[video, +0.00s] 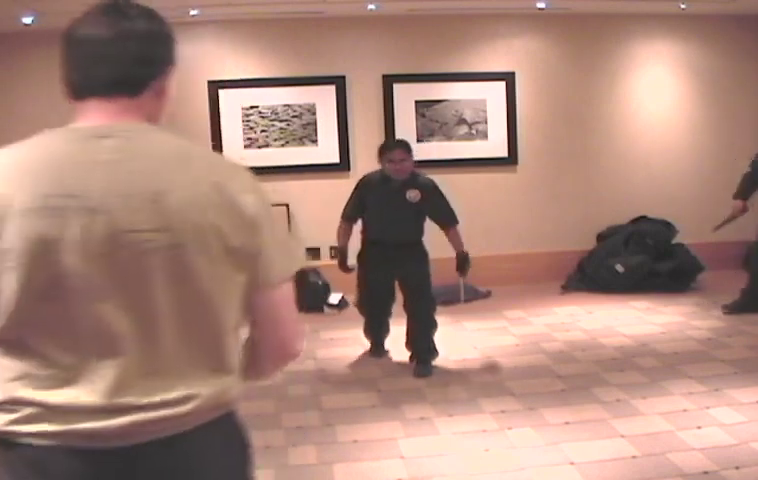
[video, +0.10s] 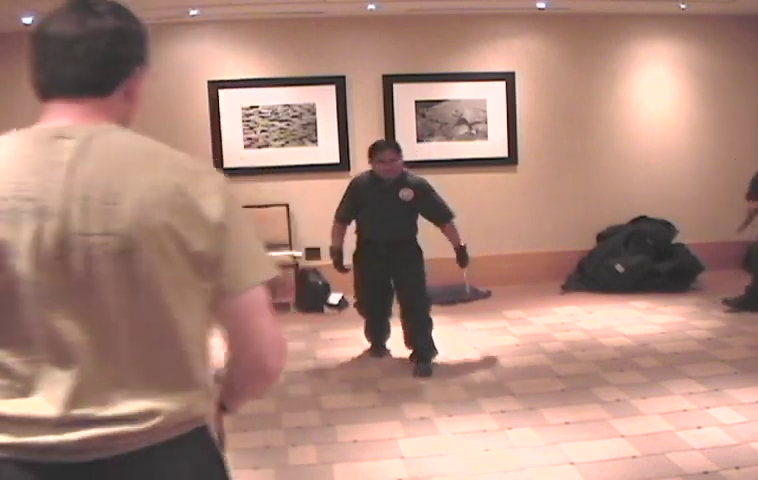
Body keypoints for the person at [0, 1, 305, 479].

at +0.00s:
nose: (171, 92)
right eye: (171, 81)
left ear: (68, 85)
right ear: (162, 86)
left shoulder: (9, 174)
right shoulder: (226, 182)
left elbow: (4, 328)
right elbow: (282, 339)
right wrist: (209, 371)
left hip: (37, 462)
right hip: (195, 457)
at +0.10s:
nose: (142, 89)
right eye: (142, 78)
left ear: (39, 78)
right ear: (133, 83)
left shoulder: (5, 164)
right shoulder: (186, 182)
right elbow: (263, 355)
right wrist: (220, 397)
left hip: (18, 462)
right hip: (163, 460)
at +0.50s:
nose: (97, 82)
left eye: (98, 64)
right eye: (98, 64)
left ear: (7, 57)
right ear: (82, 67)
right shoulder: (128, 173)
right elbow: (162, 358)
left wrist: (197, 428)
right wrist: (201, 427)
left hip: (8, 462)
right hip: (116, 461)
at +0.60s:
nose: (92, 82)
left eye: (93, 64)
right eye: (93, 64)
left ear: (7, 54)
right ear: (77, 64)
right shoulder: (112, 171)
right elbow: (142, 366)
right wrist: (192, 427)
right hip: (104, 462)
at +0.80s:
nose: (86, 81)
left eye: (88, 62)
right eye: (87, 62)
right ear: (71, 65)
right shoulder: (94, 175)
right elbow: (112, 379)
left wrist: (146, 252)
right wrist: (182, 436)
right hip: (88, 463)